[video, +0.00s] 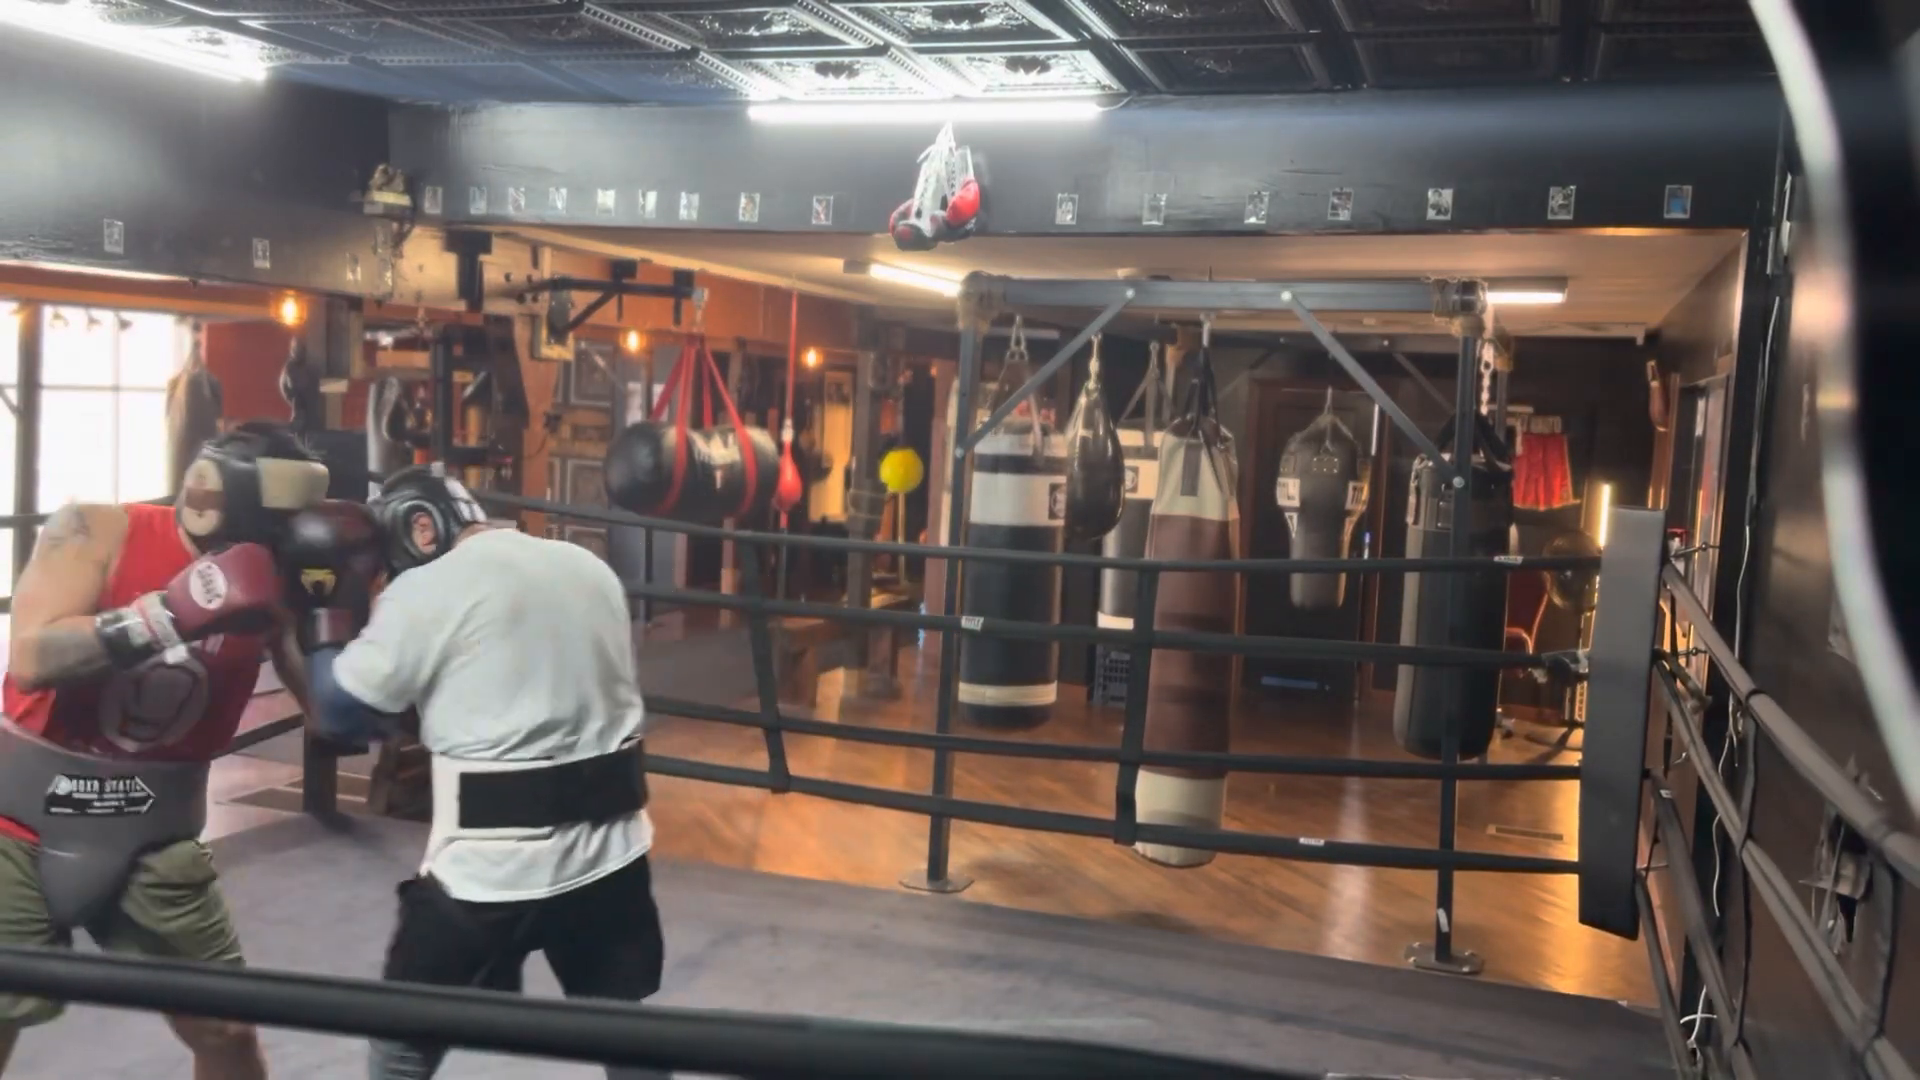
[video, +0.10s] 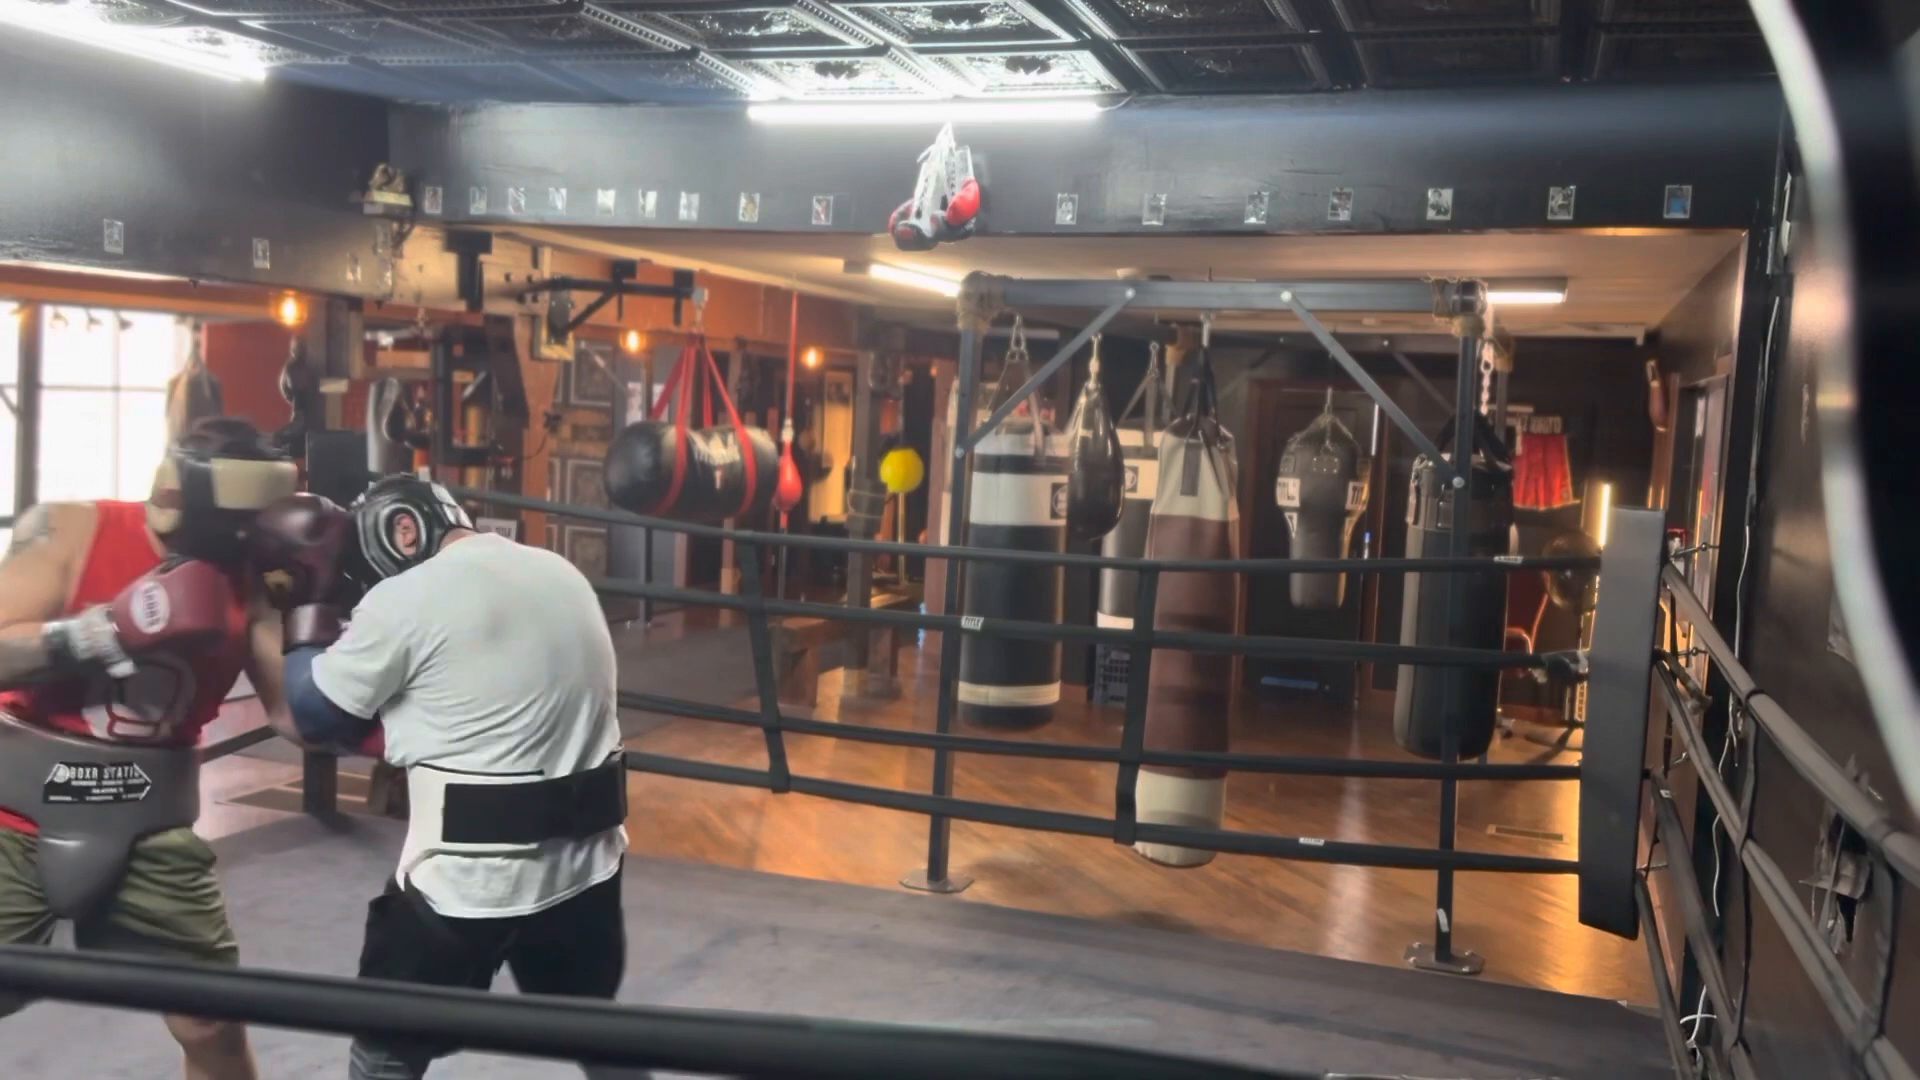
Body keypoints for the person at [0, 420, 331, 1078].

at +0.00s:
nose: (202, 503)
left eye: (224, 499)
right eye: (197, 488)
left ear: (266, 519)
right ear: (189, 474)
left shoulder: (268, 586)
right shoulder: (91, 529)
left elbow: (335, 718)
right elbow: (30, 656)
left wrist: (343, 602)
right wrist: (167, 613)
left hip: (156, 837)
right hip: (24, 827)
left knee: (229, 1035)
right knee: (1, 1034)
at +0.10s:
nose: (240, 534)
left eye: (246, 517)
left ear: (257, 514)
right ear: (178, 492)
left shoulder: (249, 587)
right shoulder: (72, 528)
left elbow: (303, 718)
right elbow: (3, 646)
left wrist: (315, 596)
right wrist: (103, 631)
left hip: (152, 821)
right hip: (23, 810)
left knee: (213, 1026)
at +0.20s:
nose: (180, 538)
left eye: (194, 522)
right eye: (163, 520)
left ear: (209, 508)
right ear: (114, 495)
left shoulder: (204, 596)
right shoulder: (18, 536)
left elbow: (253, 714)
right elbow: (2, 661)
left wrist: (269, 694)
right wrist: (56, 638)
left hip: (135, 814)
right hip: (11, 809)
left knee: (204, 1021)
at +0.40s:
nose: (91, 546)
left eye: (89, 528)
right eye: (82, 528)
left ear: (38, 517)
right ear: (34, 512)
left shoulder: (47, 569)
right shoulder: (42, 566)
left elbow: (111, 703)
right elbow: (110, 698)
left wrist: (147, 618)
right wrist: (147, 620)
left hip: (35, 823)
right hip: (29, 825)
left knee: (155, 1021)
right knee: (154, 1022)